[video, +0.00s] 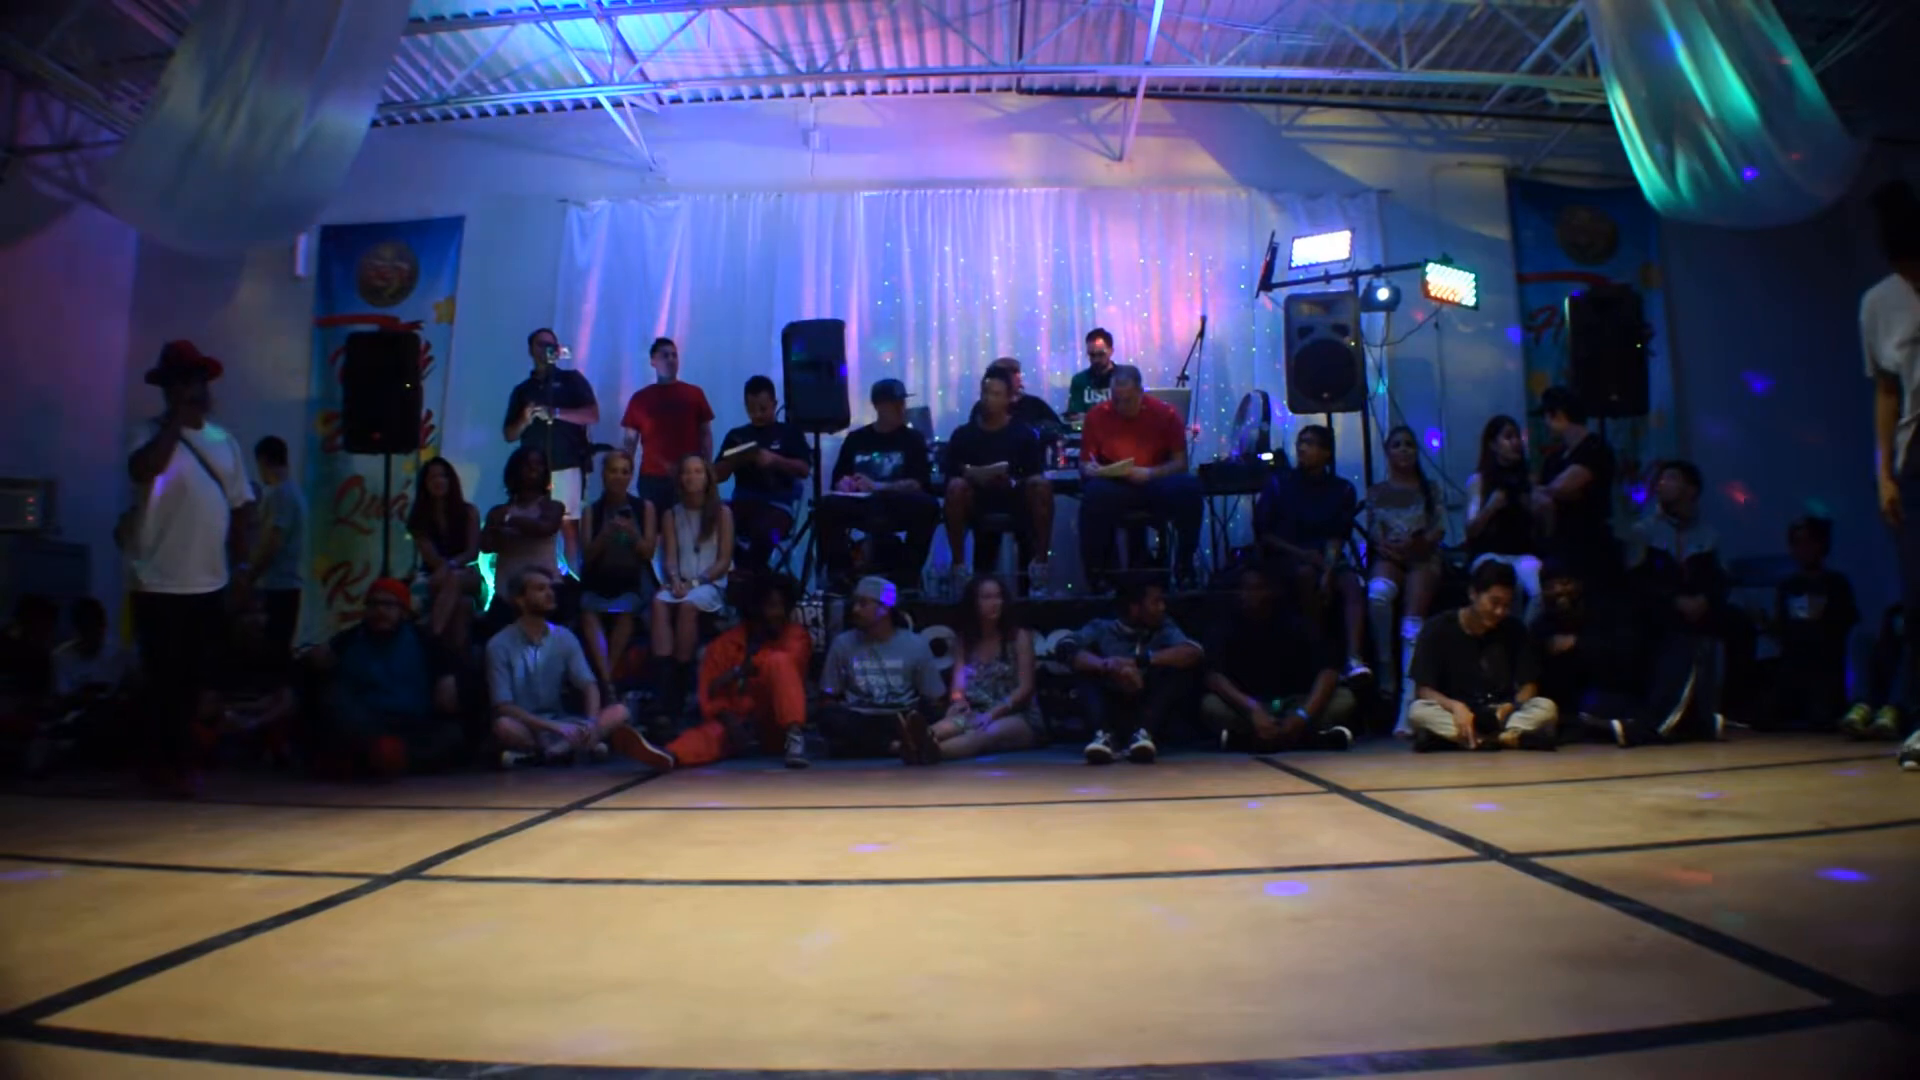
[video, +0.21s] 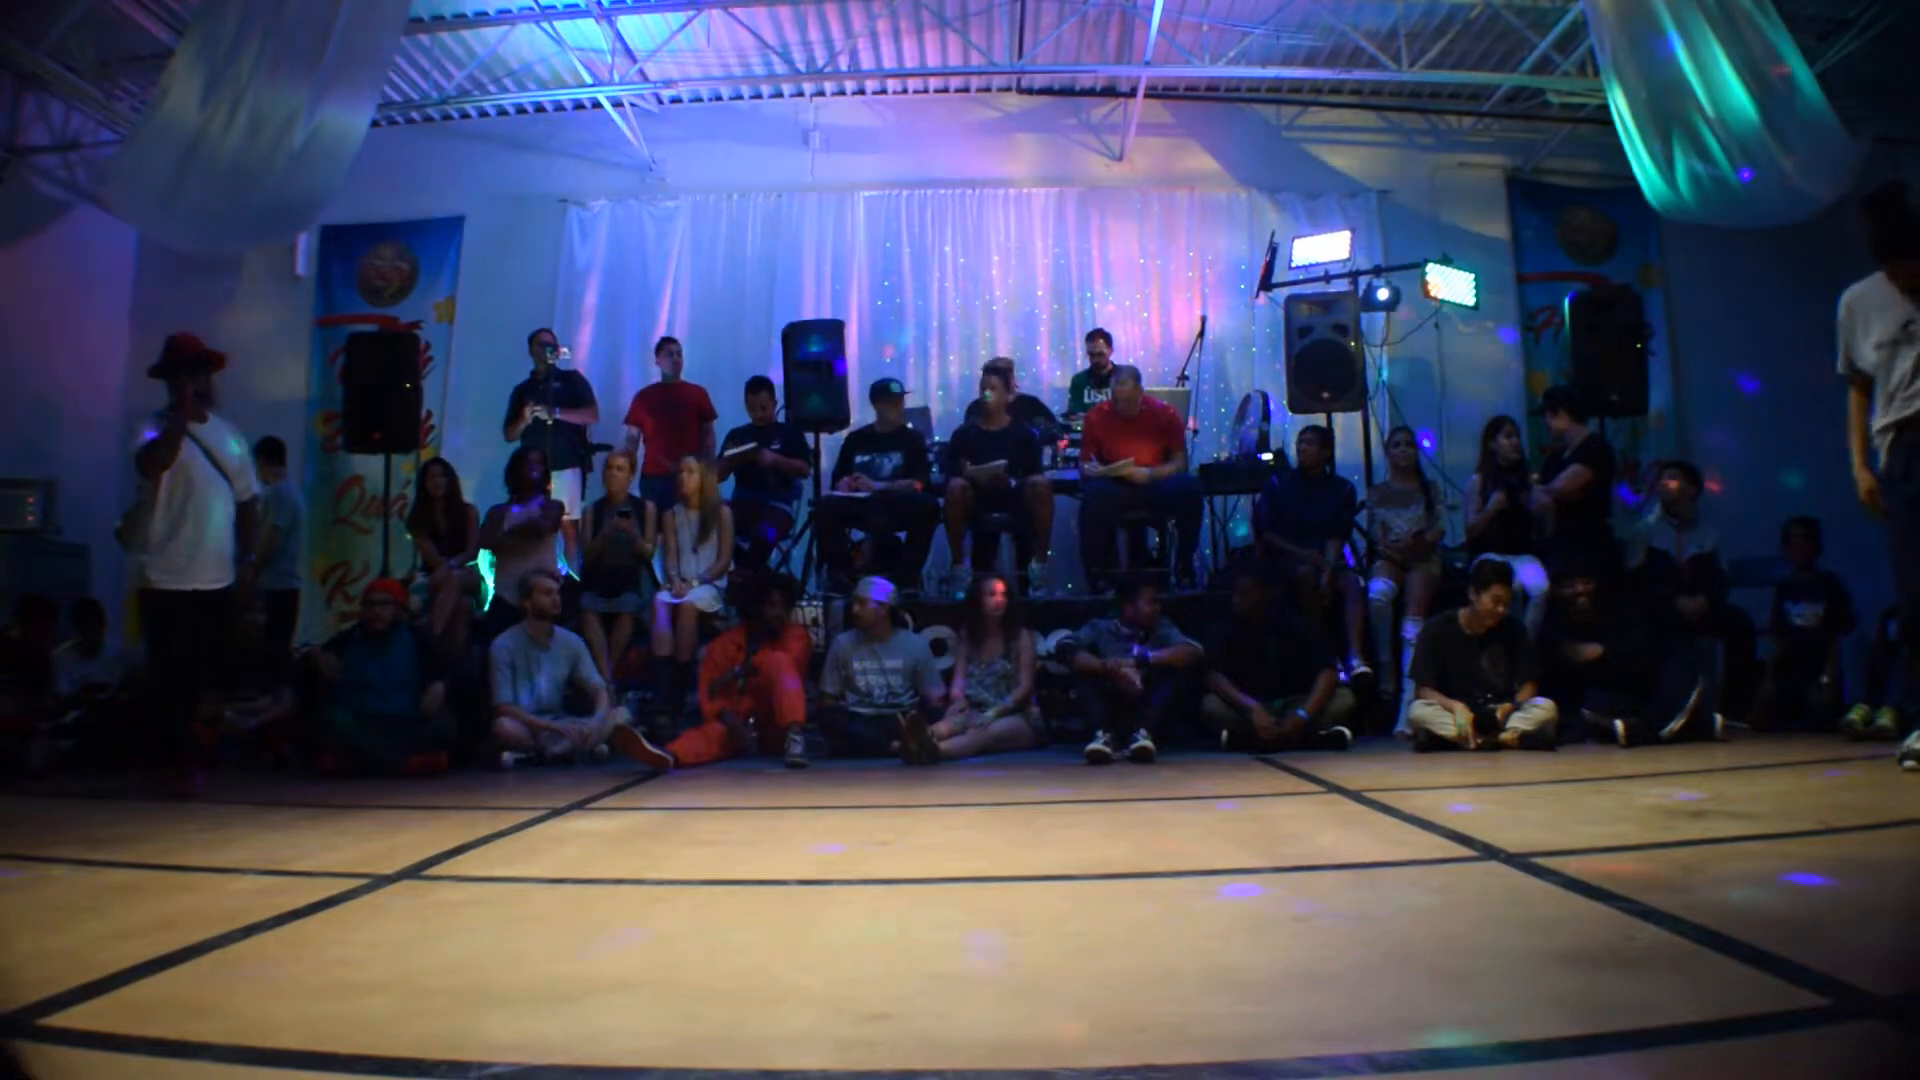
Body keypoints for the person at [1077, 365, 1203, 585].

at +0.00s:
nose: (1123, 406)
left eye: (1128, 400)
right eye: (1118, 400)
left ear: (1140, 392)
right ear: (1111, 394)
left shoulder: (1166, 415)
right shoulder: (1096, 416)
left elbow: (1180, 463)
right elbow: (1086, 461)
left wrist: (1150, 473)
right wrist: (1095, 470)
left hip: (1154, 483)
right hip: (1114, 483)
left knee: (1189, 492)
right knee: (1095, 495)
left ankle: (1184, 568)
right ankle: (1097, 575)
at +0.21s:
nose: (1123, 406)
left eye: (1128, 400)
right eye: (1118, 400)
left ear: (1140, 392)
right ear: (1111, 395)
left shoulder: (1165, 415)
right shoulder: (1096, 417)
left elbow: (1180, 462)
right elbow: (1086, 463)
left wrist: (1150, 474)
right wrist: (1105, 472)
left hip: (1155, 484)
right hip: (1116, 485)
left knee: (1189, 490)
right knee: (1095, 495)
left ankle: (1185, 568)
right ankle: (1098, 576)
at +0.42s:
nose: (1122, 405)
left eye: (1127, 399)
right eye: (1117, 399)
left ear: (1140, 392)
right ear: (1110, 394)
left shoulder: (1165, 414)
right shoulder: (1097, 416)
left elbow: (1180, 463)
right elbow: (1086, 464)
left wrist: (1150, 473)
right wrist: (1108, 471)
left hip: (1153, 483)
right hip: (1115, 483)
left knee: (1189, 491)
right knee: (1095, 494)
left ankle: (1184, 569)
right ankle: (1097, 574)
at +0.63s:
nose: (1118, 402)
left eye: (1124, 396)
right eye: (1113, 396)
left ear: (1139, 390)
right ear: (1108, 392)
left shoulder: (1164, 414)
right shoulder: (1097, 416)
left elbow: (1180, 462)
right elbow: (1086, 461)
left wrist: (1150, 473)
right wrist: (1103, 471)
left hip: (1153, 483)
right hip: (1116, 483)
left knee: (1189, 491)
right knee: (1094, 494)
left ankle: (1184, 568)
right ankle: (1096, 574)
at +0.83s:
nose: (1108, 396)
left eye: (1114, 389)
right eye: (1106, 389)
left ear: (1134, 385)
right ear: (1104, 388)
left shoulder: (1163, 413)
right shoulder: (1096, 418)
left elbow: (1179, 462)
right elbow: (1086, 467)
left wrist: (1149, 472)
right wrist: (1111, 467)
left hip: (1153, 483)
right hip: (1114, 484)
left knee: (1189, 491)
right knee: (1091, 498)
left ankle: (1184, 569)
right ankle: (1097, 575)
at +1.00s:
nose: (1105, 392)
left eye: (1110, 385)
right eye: (1103, 386)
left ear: (1130, 382)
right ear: (1101, 387)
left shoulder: (1162, 413)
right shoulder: (1096, 417)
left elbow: (1178, 461)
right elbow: (1086, 464)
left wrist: (1152, 470)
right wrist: (1111, 466)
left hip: (1151, 482)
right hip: (1112, 483)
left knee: (1188, 489)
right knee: (1088, 496)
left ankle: (1184, 566)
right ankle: (1097, 572)